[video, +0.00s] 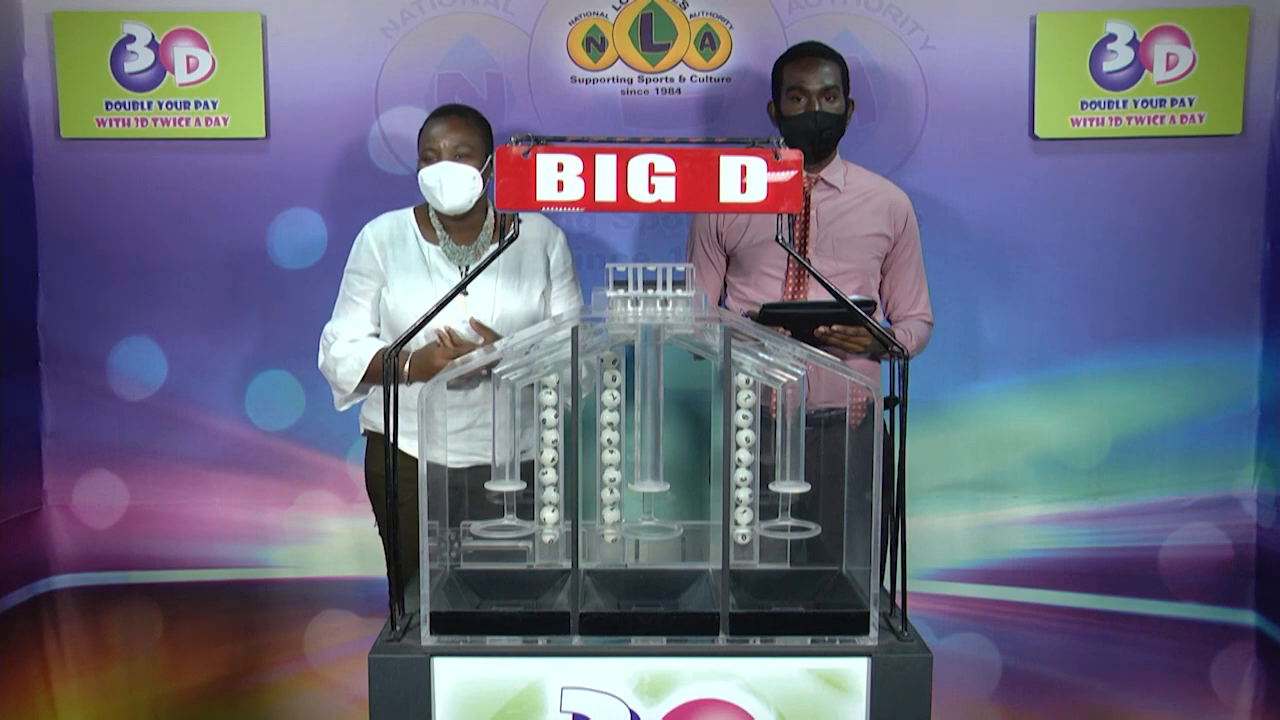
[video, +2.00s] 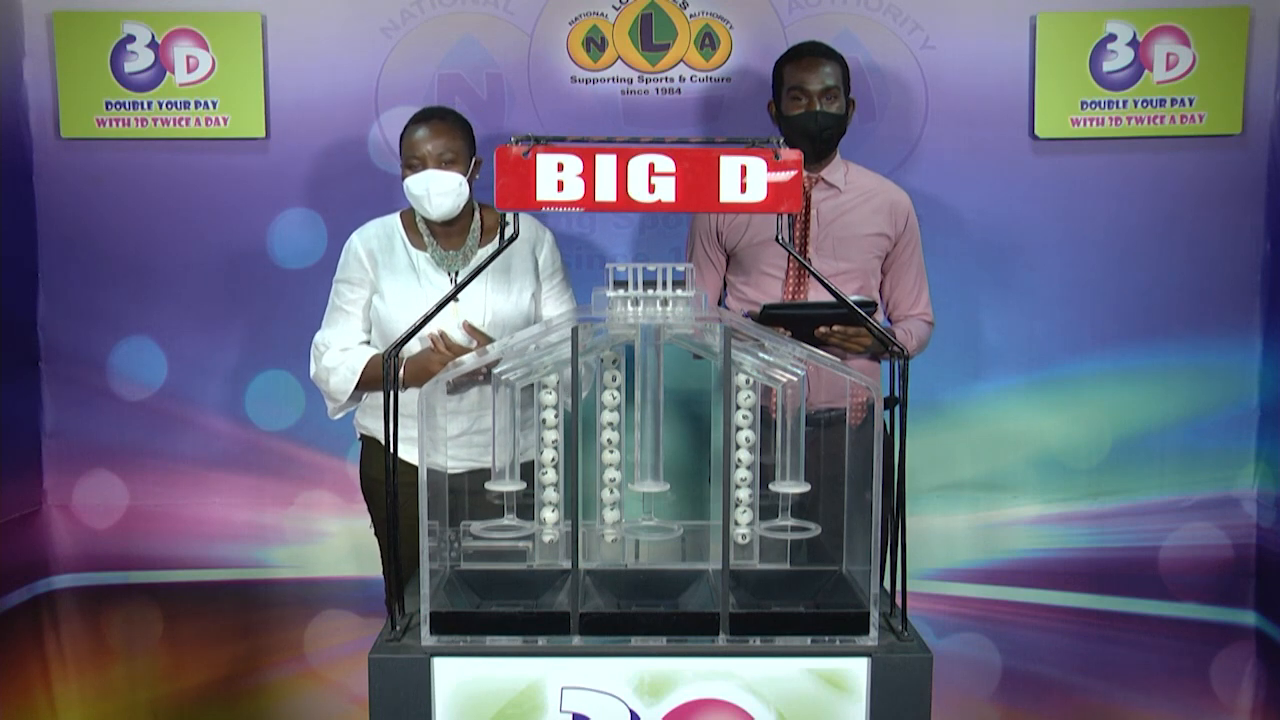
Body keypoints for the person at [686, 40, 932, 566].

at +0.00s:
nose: (814, 109)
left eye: (829, 95)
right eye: (797, 96)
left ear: (848, 108)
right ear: (775, 109)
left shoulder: (888, 204)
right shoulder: (727, 200)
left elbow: (915, 320)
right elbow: (695, 317)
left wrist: (877, 341)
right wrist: (757, 336)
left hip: (843, 417)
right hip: (751, 417)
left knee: (843, 580)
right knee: (752, 579)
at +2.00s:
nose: (814, 109)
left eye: (830, 95)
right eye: (797, 96)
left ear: (849, 108)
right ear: (775, 109)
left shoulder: (888, 204)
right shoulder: (727, 200)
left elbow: (915, 321)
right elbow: (694, 317)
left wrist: (876, 341)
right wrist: (758, 335)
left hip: (843, 417)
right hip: (750, 418)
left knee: (843, 581)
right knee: (752, 580)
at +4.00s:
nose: (814, 109)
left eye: (829, 95)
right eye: (796, 96)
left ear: (848, 107)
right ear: (774, 109)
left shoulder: (888, 205)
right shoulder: (727, 202)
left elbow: (915, 321)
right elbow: (695, 320)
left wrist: (877, 342)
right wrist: (757, 339)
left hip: (843, 418)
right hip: (751, 419)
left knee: (844, 582)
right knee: (752, 581)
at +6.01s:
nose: (813, 108)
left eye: (828, 94)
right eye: (796, 95)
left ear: (848, 108)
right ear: (774, 109)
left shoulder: (888, 204)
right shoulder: (726, 200)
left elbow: (914, 320)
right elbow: (696, 318)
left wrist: (876, 342)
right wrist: (760, 340)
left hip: (843, 416)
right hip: (751, 416)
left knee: (844, 581)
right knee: (753, 579)